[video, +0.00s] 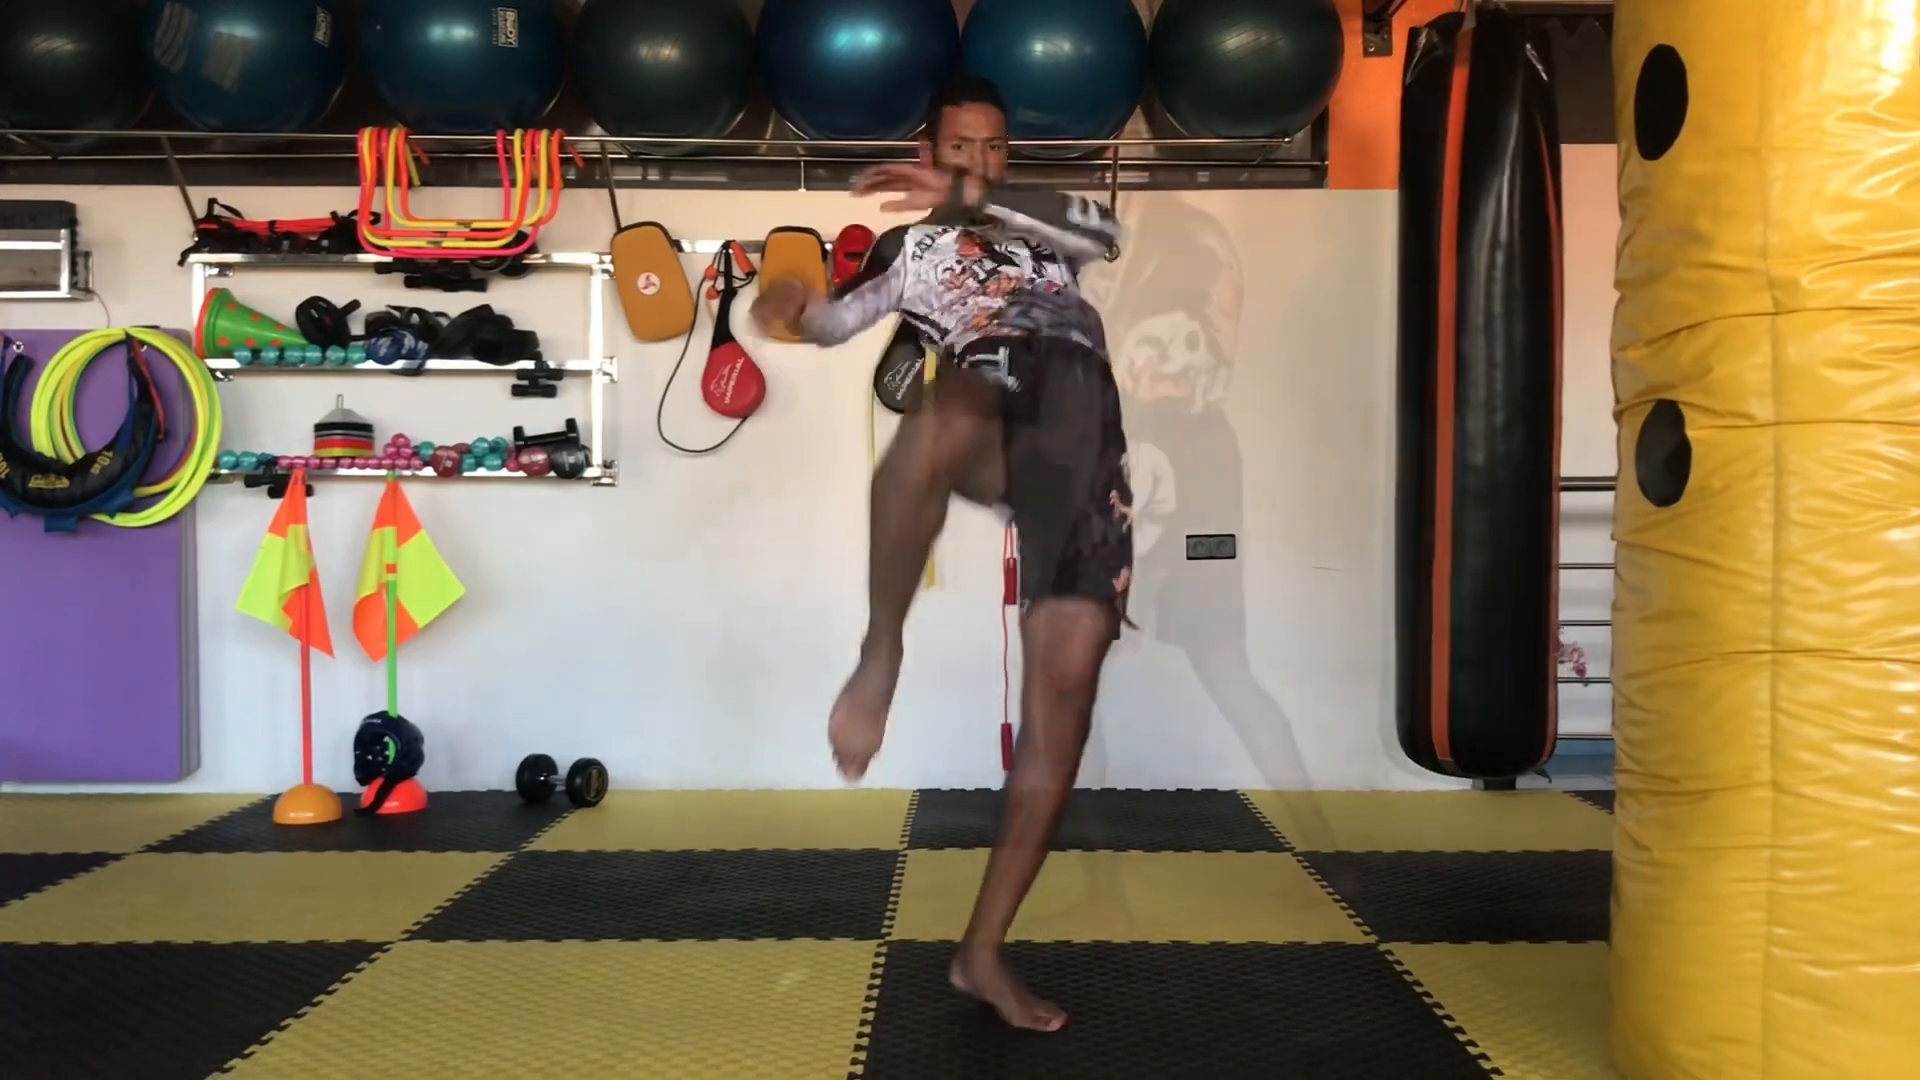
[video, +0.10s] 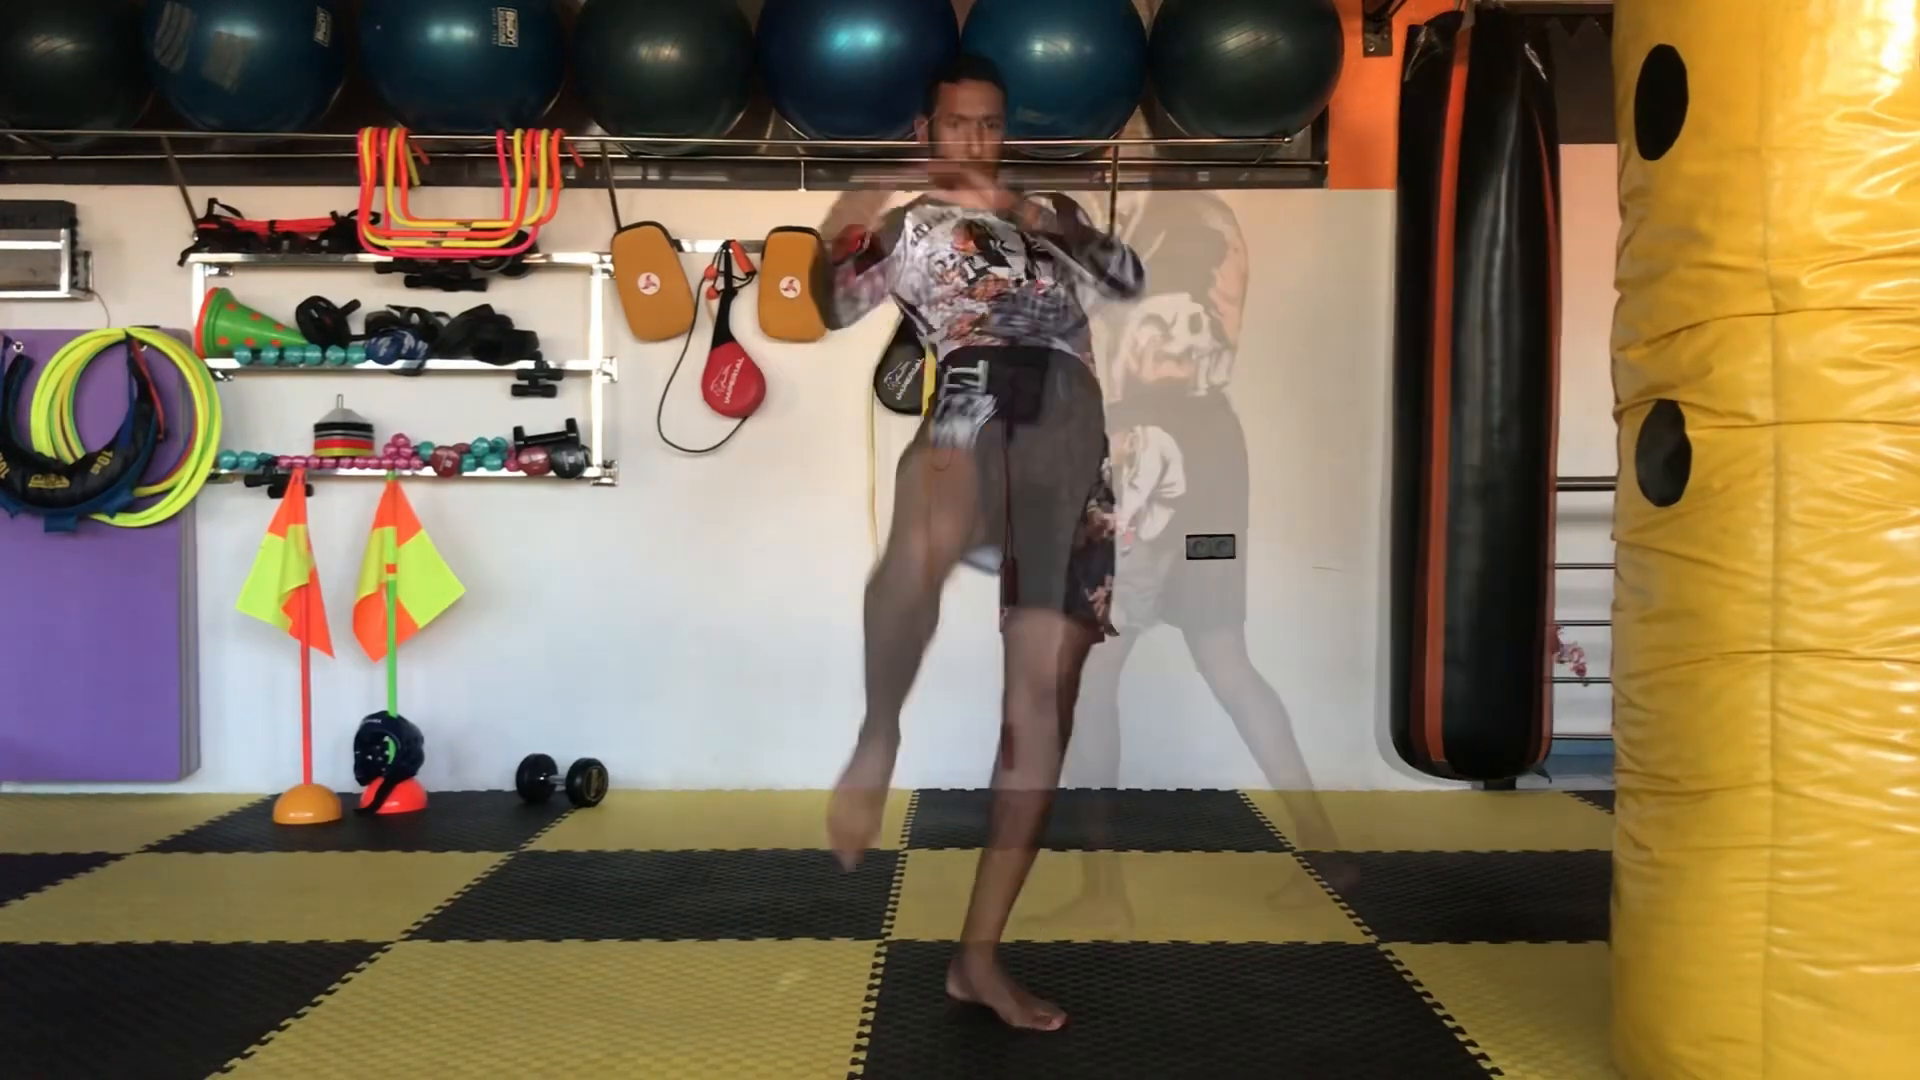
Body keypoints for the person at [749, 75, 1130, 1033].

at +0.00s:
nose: (976, 159)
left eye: (990, 143)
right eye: (959, 143)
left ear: (1010, 154)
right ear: (927, 154)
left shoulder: (1050, 228)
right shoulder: (910, 252)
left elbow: (1106, 232)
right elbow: (828, 322)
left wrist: (966, 197)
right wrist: (784, 303)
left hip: (1084, 446)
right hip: (992, 432)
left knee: (1061, 717)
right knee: (941, 411)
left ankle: (981, 948)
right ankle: (880, 653)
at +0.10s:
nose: (972, 138)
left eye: (988, 124)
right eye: (957, 122)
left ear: (1007, 132)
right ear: (927, 129)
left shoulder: (1051, 216)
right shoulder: (901, 218)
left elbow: (1131, 276)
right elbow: (838, 306)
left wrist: (1036, 216)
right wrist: (858, 223)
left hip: (1069, 439)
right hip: (964, 424)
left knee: (1041, 710)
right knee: (923, 540)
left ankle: (980, 954)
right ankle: (877, 740)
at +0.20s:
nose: (970, 120)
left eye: (985, 105)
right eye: (953, 104)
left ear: (1005, 114)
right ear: (923, 114)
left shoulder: (1047, 209)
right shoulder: (900, 210)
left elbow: (1131, 322)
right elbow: (836, 314)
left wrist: (1074, 252)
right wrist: (873, 230)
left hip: (1051, 454)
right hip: (945, 443)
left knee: (1022, 707)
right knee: (904, 651)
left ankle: (978, 958)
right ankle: (876, 814)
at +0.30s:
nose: (958, 112)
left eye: (975, 95)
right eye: (942, 94)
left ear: (997, 107)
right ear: (916, 106)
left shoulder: (1044, 212)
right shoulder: (887, 211)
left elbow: (1114, 354)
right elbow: (833, 334)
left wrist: (1089, 305)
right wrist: (848, 282)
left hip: (1031, 468)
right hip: (922, 463)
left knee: (1010, 714)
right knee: (878, 702)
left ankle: (975, 960)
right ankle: (875, 840)